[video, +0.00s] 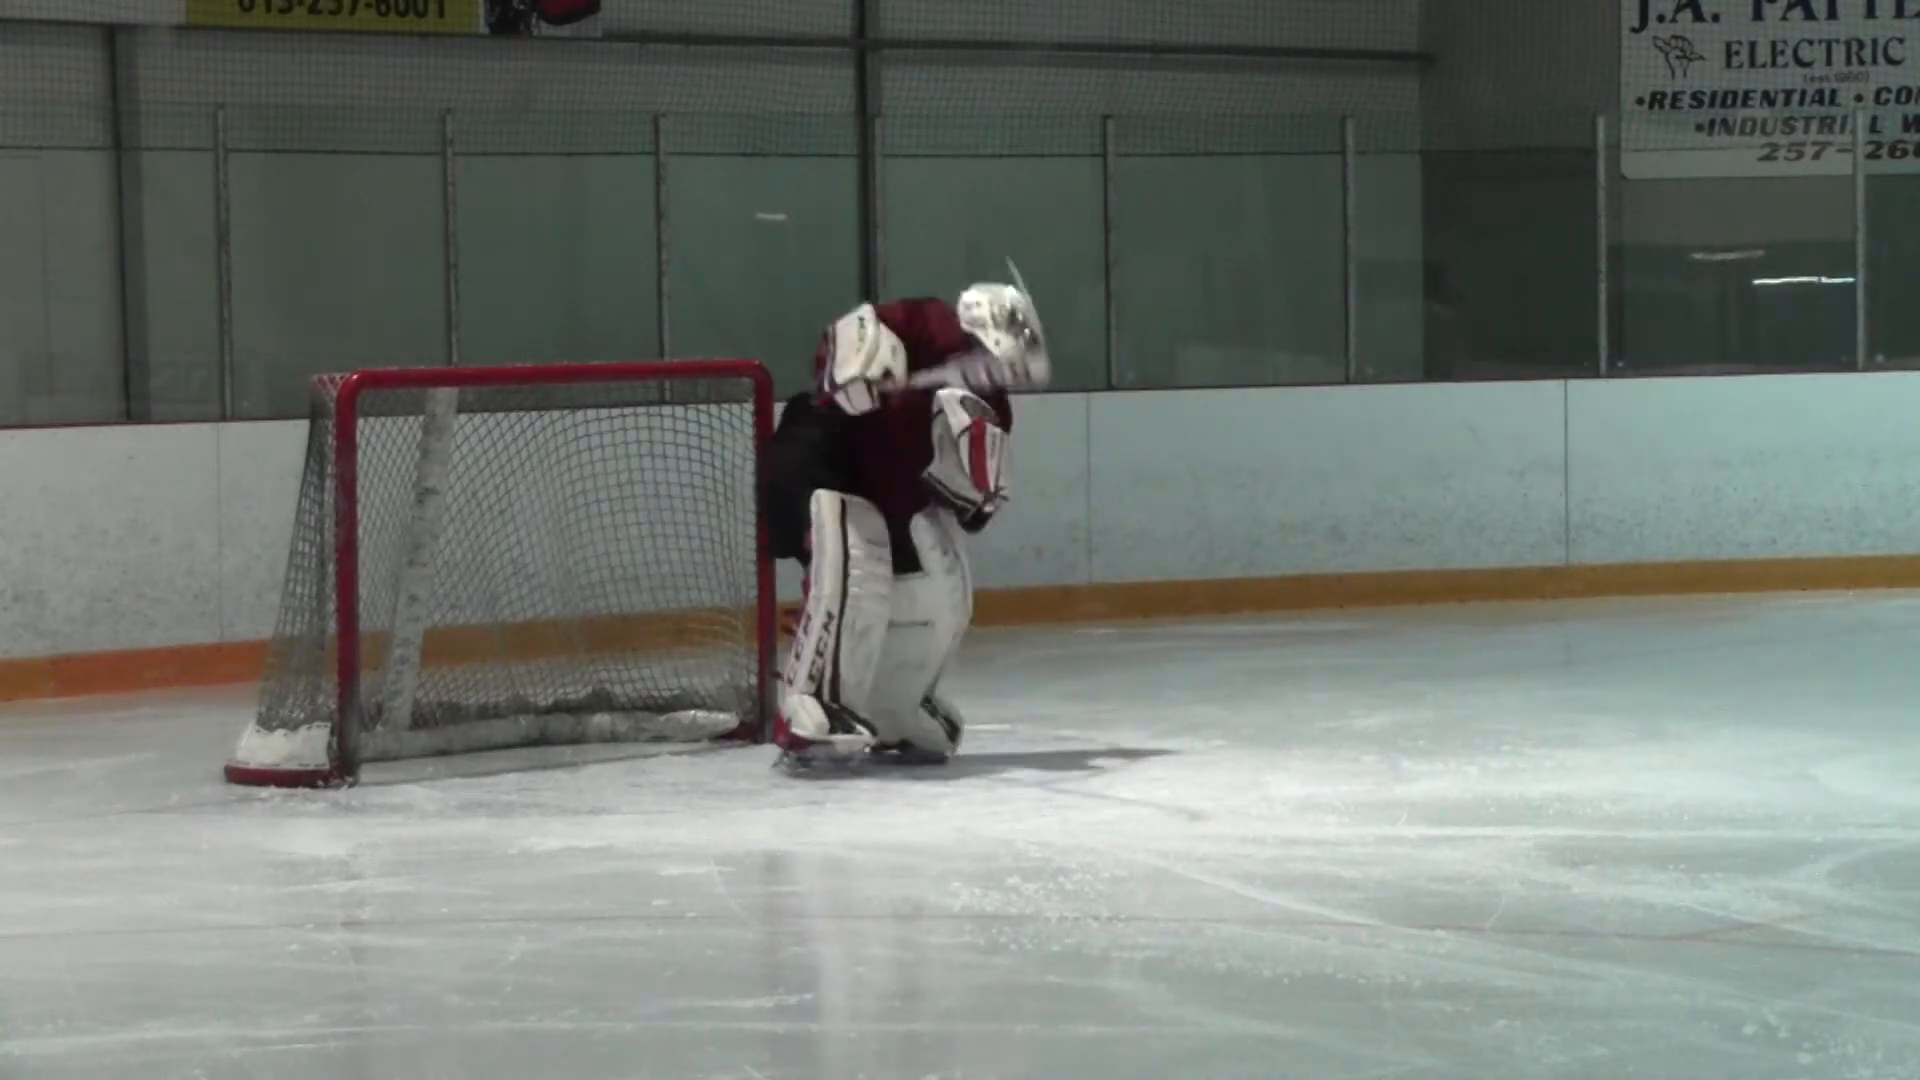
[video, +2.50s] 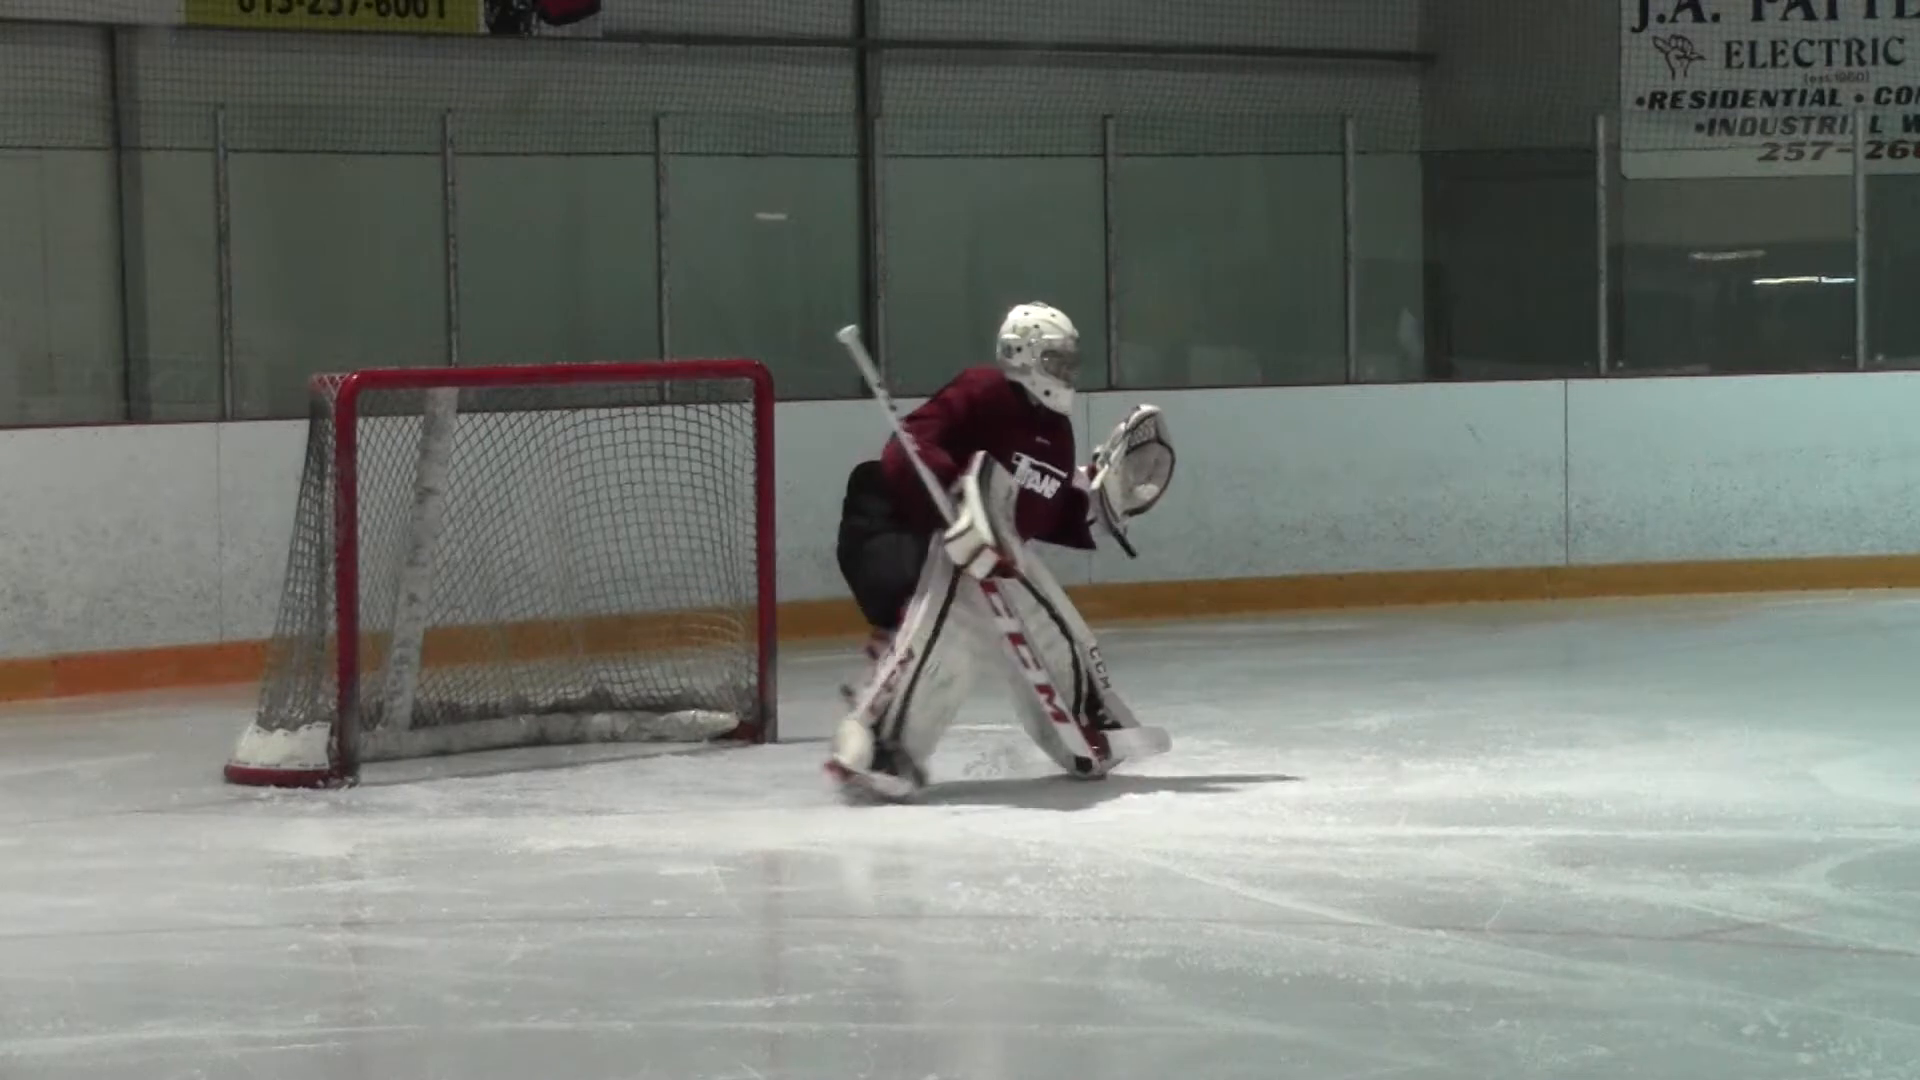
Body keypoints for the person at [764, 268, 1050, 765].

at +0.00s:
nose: (1004, 376)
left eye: (1013, 369)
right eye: (1002, 361)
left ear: (1014, 360)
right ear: (982, 335)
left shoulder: (989, 402)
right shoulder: (932, 324)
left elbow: (978, 504)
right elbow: (855, 329)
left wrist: (972, 497)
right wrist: (852, 367)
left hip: (907, 496)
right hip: (836, 468)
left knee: (938, 604)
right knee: (854, 591)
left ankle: (899, 718)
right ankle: (816, 718)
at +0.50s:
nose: (897, 301)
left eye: (903, 290)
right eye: (884, 289)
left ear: (910, 291)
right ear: (851, 289)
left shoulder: (920, 359)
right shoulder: (814, 339)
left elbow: (927, 447)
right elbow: (740, 407)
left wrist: (994, 433)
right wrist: (765, 455)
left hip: (888, 539)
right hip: (812, 537)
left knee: (955, 629)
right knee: (806, 656)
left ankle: (1000, 743)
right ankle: (760, 761)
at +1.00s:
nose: (939, 295)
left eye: (948, 283)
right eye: (926, 282)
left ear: (958, 284)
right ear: (893, 281)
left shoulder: (973, 355)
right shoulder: (862, 338)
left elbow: (987, 452)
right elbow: (786, 413)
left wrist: (1046, 425)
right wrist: (826, 457)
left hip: (933, 540)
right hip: (848, 532)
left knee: (1017, 628)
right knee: (881, 634)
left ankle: (1075, 761)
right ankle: (808, 769)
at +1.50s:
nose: (929, 312)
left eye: (939, 300)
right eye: (917, 297)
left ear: (951, 300)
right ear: (884, 295)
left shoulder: (963, 368)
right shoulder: (849, 346)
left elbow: (964, 463)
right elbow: (769, 417)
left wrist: (1031, 441)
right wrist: (798, 471)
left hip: (917, 540)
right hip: (843, 532)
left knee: (973, 632)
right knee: (842, 647)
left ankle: (1005, 756)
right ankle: (759, 763)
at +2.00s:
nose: (959, 348)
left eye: (964, 336)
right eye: (947, 335)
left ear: (970, 338)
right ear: (911, 334)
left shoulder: (974, 403)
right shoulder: (873, 382)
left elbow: (984, 491)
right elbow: (782, 440)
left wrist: (1036, 479)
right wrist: (824, 491)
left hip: (936, 571)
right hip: (860, 566)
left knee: (980, 657)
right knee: (830, 673)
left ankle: (1007, 757)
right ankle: (742, 775)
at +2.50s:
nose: (1065, 372)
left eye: (1068, 361)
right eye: (1054, 360)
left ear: (1070, 360)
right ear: (1020, 357)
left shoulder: (1055, 428)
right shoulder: (983, 388)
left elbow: (1048, 517)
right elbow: (907, 445)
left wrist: (1104, 506)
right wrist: (960, 507)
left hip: (1003, 553)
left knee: (1059, 640)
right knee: (940, 652)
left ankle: (1088, 744)